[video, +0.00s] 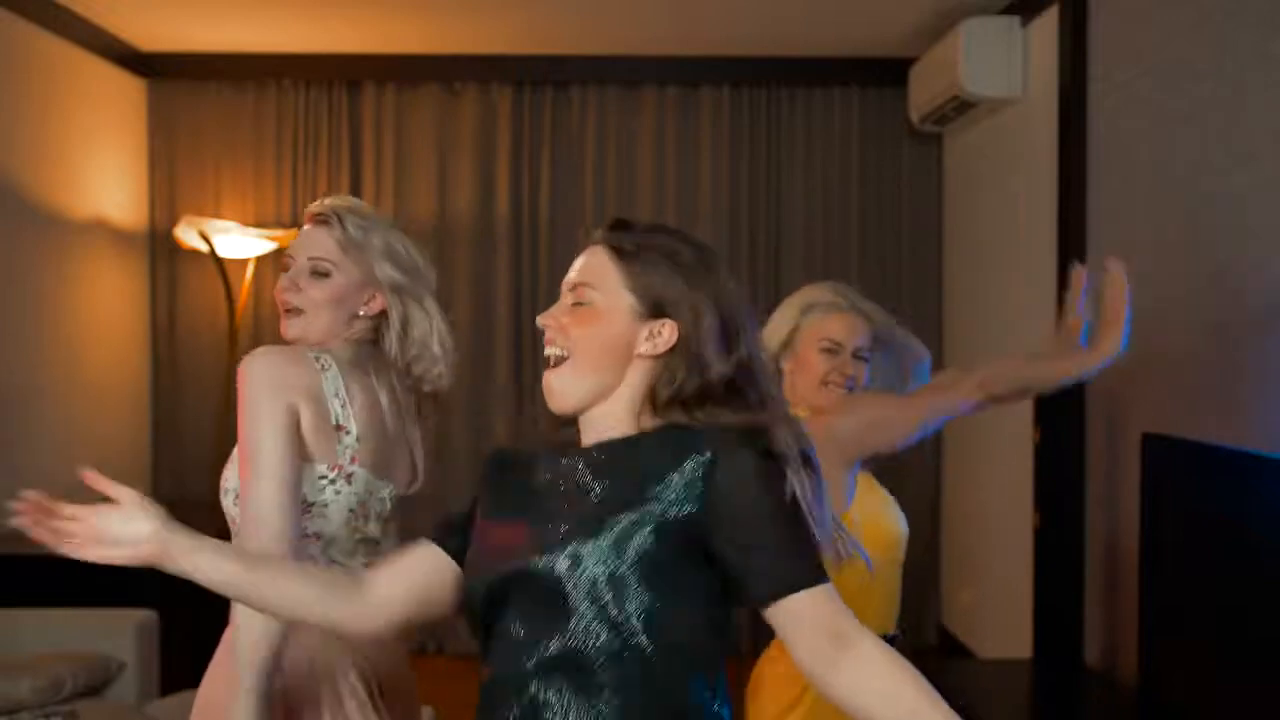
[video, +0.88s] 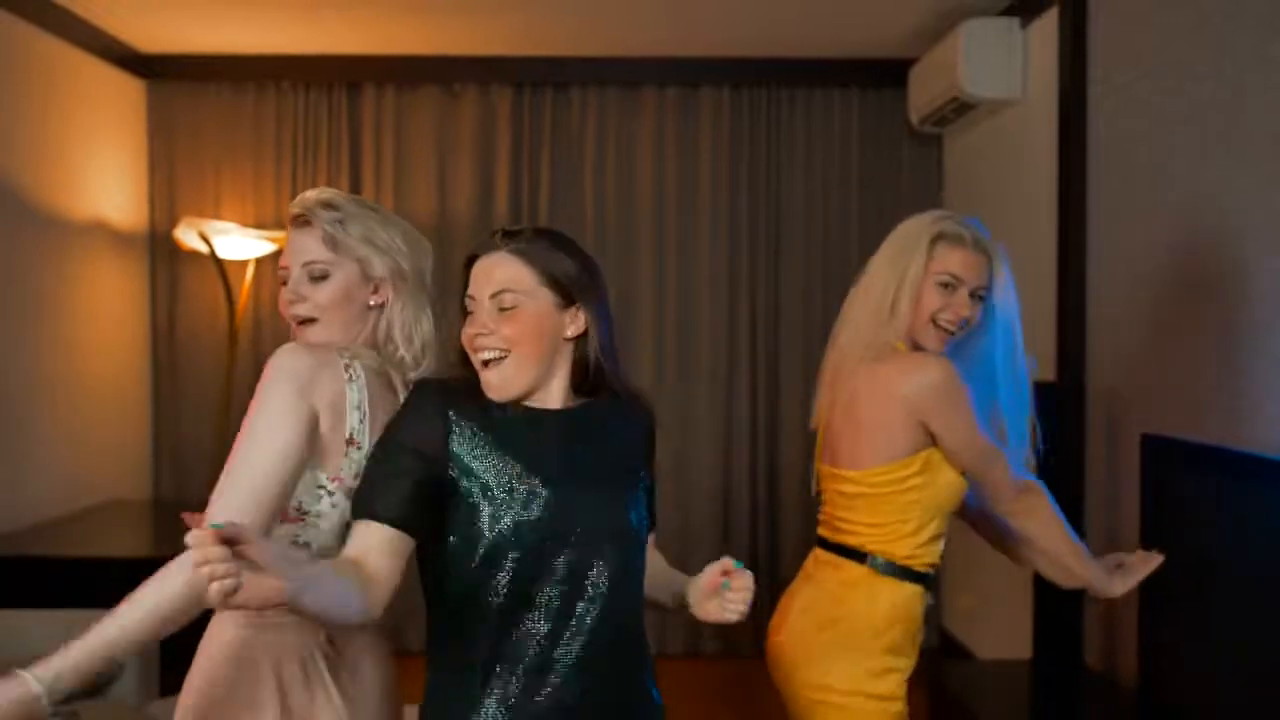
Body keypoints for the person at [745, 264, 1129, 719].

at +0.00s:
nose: (847, 369)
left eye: (860, 358)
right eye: (829, 350)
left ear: (870, 370)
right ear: (783, 357)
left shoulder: (826, 439)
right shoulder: (817, 437)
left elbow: (956, 394)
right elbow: (970, 389)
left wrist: (1060, 355)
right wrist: (1094, 358)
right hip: (810, 684)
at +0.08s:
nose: (864, 345)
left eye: (875, 333)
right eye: (845, 325)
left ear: (883, 345)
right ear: (802, 327)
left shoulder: (799, 407)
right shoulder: (825, 409)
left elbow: (957, 414)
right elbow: (980, 412)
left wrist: (1080, 405)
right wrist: (1111, 414)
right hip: (823, 675)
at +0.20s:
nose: (899, 279)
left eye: (913, 267)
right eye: (881, 259)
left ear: (922, 277)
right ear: (833, 258)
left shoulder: (807, 332)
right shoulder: (885, 335)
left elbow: (978, 400)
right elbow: (1001, 411)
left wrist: (1091, 454)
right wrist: (1106, 470)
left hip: (797, 598)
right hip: (836, 617)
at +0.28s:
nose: (917, 279)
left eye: (927, 264)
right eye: (899, 256)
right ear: (848, 256)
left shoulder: (821, 326)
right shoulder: (893, 332)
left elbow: (985, 427)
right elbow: (997, 436)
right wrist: (1088, 509)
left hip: (812, 575)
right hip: (850, 589)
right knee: (860, 709)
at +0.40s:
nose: (925, 322)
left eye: (938, 306)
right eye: (909, 299)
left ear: (948, 313)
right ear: (861, 301)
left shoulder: (823, 377)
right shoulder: (906, 387)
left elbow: (816, 285)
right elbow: (994, 507)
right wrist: (1072, 598)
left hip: (813, 627)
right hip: (882, 640)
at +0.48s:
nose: (943, 330)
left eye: (953, 314)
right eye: (924, 308)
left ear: (963, 320)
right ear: (878, 303)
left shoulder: (816, 387)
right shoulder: (920, 401)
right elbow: (992, 528)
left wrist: (1051, 613)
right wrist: (1060, 628)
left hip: (813, 636)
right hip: (889, 650)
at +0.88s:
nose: (962, 310)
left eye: (976, 297)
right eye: (946, 286)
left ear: (985, 307)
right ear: (904, 279)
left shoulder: (853, 370)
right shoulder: (924, 378)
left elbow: (977, 507)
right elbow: (1011, 497)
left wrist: (1066, 572)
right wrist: (1095, 578)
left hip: (816, 633)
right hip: (855, 651)